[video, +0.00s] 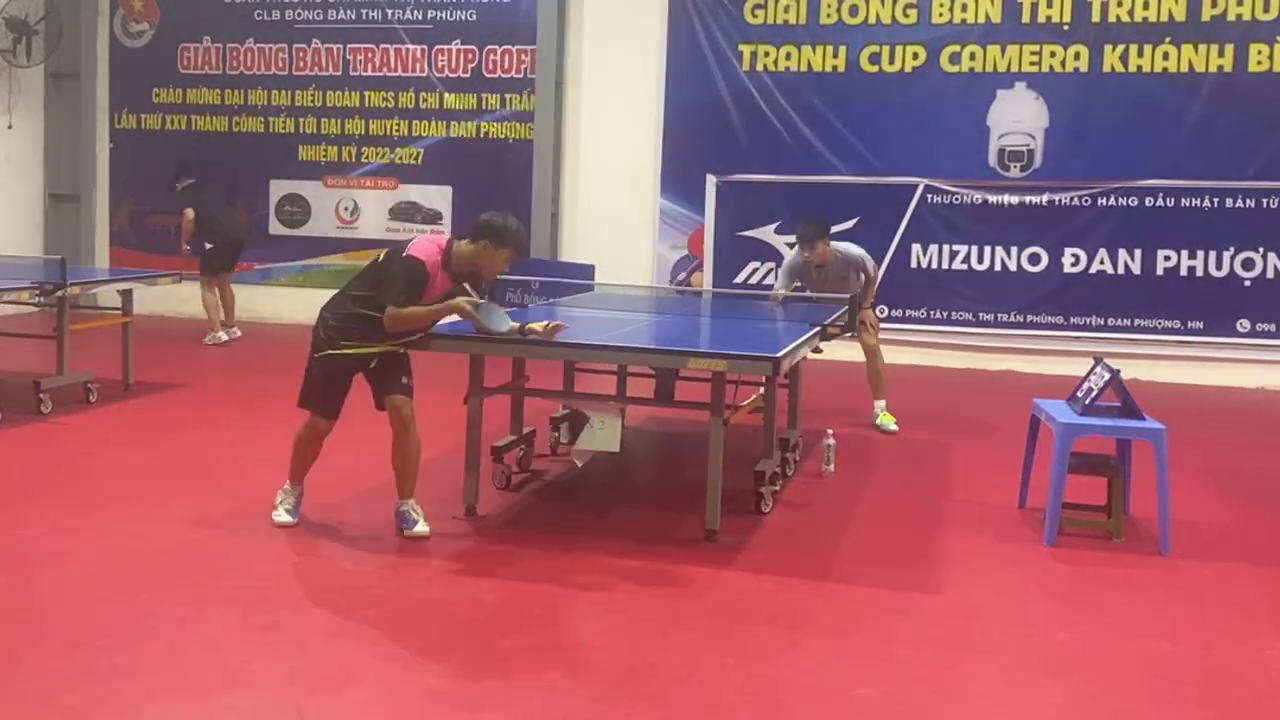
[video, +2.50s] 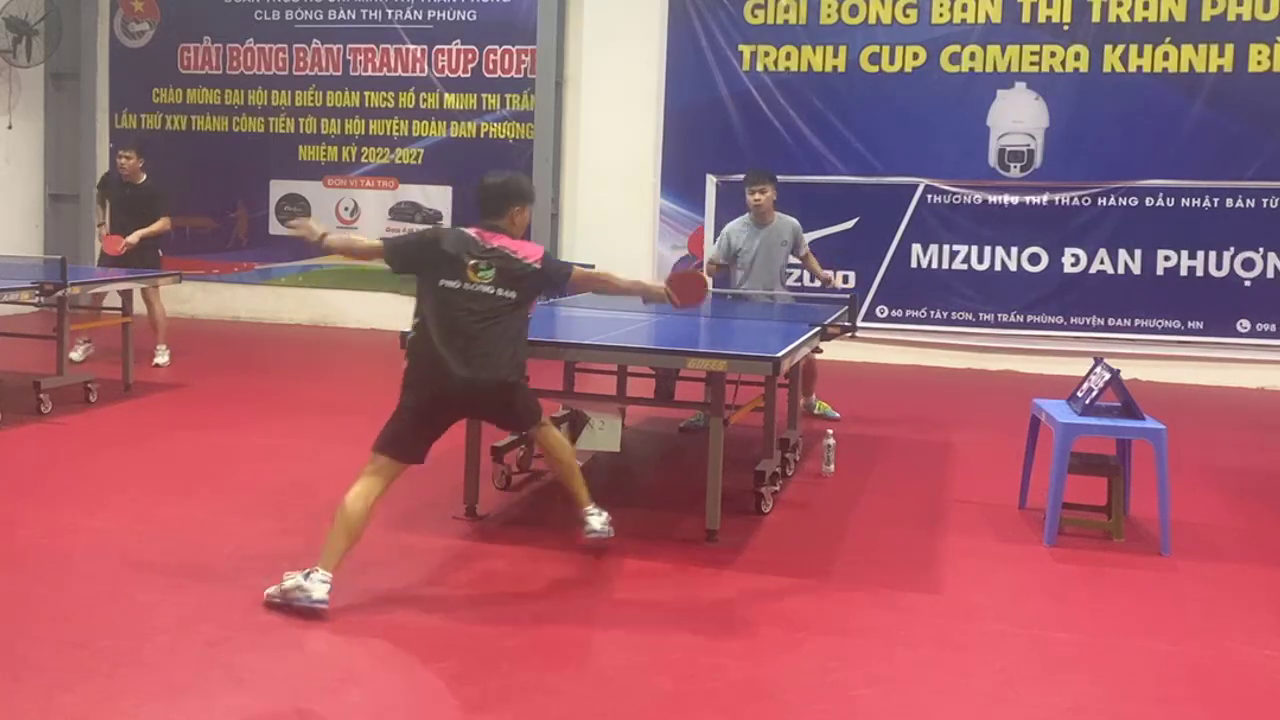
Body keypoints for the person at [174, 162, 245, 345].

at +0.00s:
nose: (178, 191)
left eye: (178, 188)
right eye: (178, 188)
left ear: (180, 184)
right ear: (194, 179)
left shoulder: (187, 193)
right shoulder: (212, 188)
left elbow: (190, 216)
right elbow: (231, 210)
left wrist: (185, 242)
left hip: (215, 240)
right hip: (235, 237)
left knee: (207, 285)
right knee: (224, 282)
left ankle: (216, 330)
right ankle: (231, 326)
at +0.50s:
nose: (165, 246)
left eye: (163, 241)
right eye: (162, 245)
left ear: (168, 232)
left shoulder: (188, 224)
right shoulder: (190, 246)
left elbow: (212, 225)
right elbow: (197, 277)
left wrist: (214, 253)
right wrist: (196, 308)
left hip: (243, 239)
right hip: (229, 243)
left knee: (229, 281)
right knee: (218, 283)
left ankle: (241, 329)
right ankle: (228, 326)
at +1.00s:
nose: (175, 162)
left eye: (179, 158)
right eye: (173, 159)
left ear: (192, 160)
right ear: (172, 163)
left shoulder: (207, 184)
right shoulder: (177, 186)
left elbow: (229, 211)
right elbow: (162, 211)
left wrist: (214, 237)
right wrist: (146, 198)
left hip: (219, 238)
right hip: (198, 240)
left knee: (208, 281)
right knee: (209, 284)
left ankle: (203, 328)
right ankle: (228, 325)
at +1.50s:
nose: (172, 150)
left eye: (176, 147)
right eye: (169, 147)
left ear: (188, 151)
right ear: (166, 151)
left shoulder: (196, 175)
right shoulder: (162, 176)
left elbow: (197, 200)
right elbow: (151, 203)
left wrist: (173, 184)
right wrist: (142, 229)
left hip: (192, 240)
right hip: (166, 238)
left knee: (194, 288)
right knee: (159, 286)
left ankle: (199, 332)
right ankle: (153, 333)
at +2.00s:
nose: (140, 148)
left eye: (145, 144)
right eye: (137, 144)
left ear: (157, 149)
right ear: (134, 148)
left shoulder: (168, 178)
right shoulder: (127, 177)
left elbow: (184, 210)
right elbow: (116, 204)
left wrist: (165, 225)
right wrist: (106, 227)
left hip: (159, 245)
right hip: (131, 245)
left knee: (163, 289)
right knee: (135, 292)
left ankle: (169, 339)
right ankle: (141, 338)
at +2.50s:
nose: (121, 162)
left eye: (127, 158)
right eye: (119, 158)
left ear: (140, 162)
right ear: (115, 159)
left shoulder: (152, 190)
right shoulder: (110, 180)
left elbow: (165, 223)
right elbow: (100, 200)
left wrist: (139, 234)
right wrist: (101, 224)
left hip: (143, 250)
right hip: (113, 247)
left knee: (150, 295)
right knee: (96, 294)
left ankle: (161, 346)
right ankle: (85, 341)